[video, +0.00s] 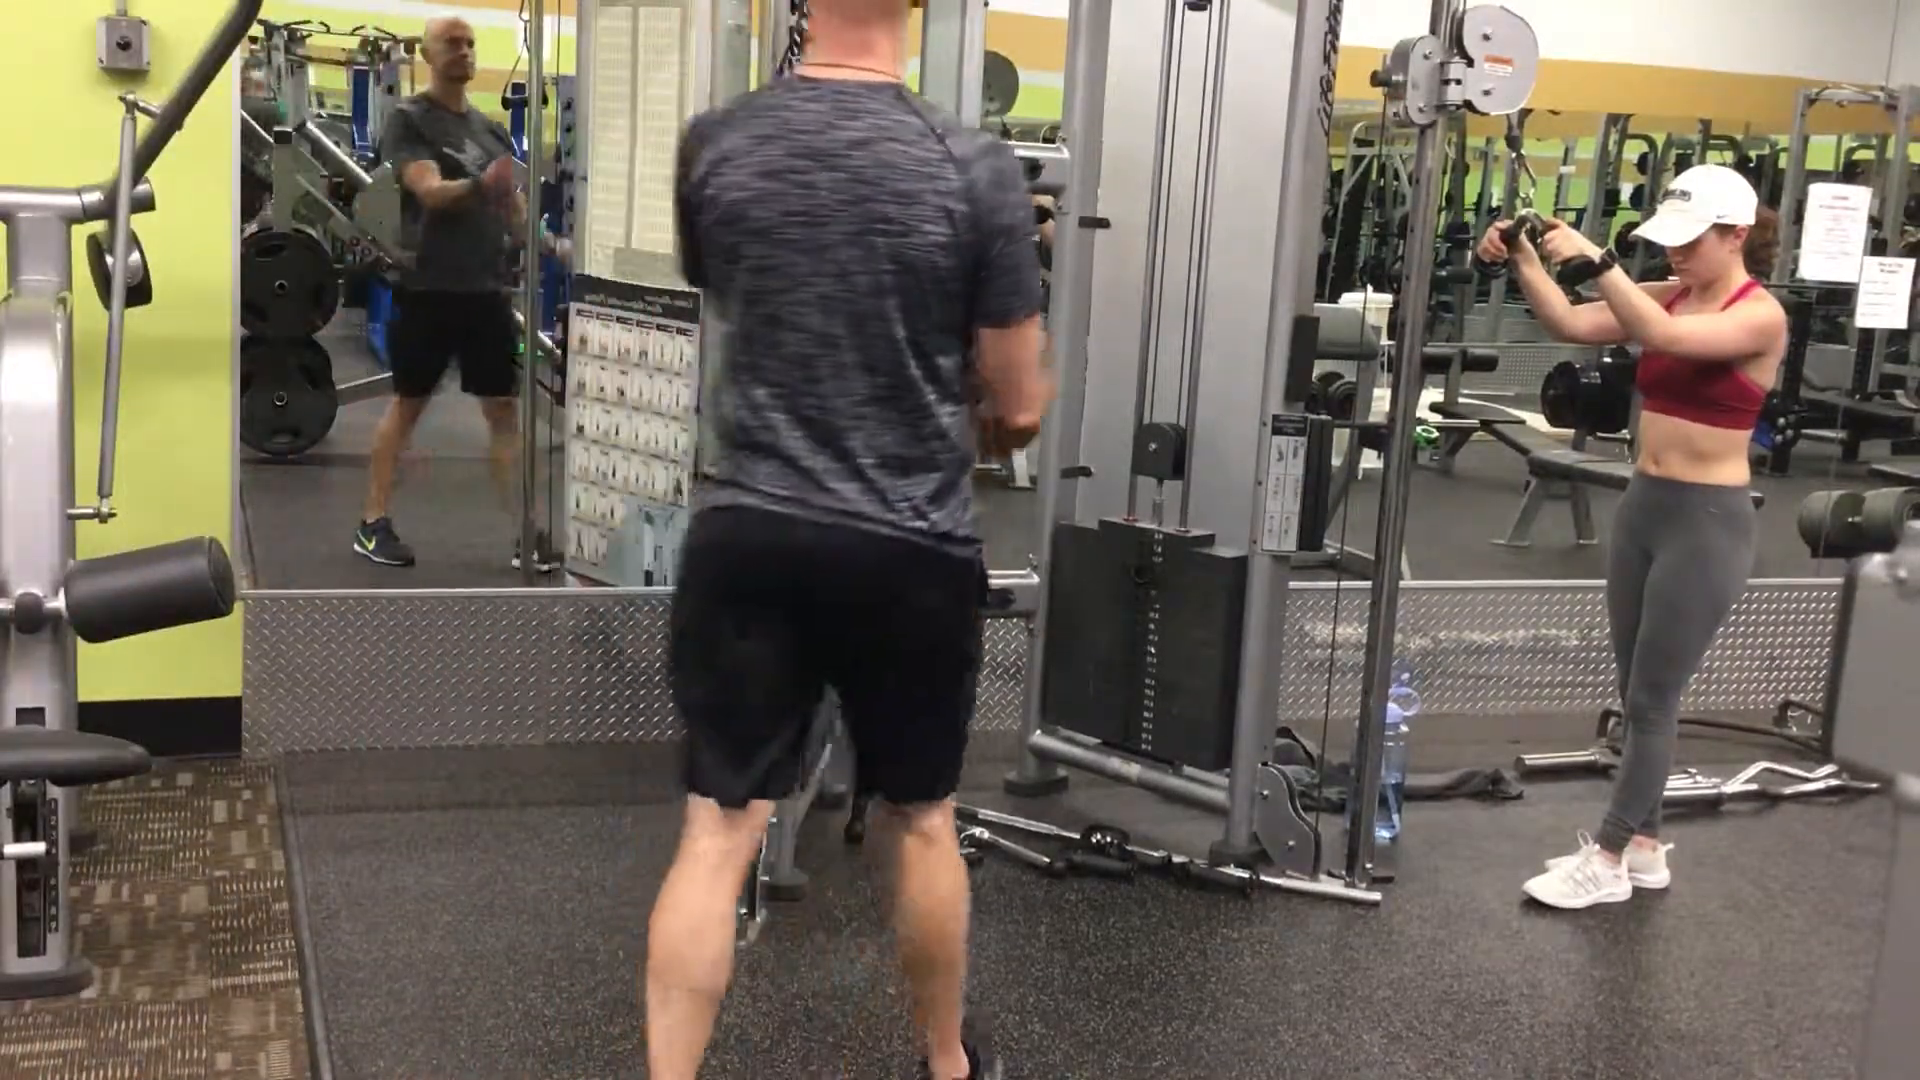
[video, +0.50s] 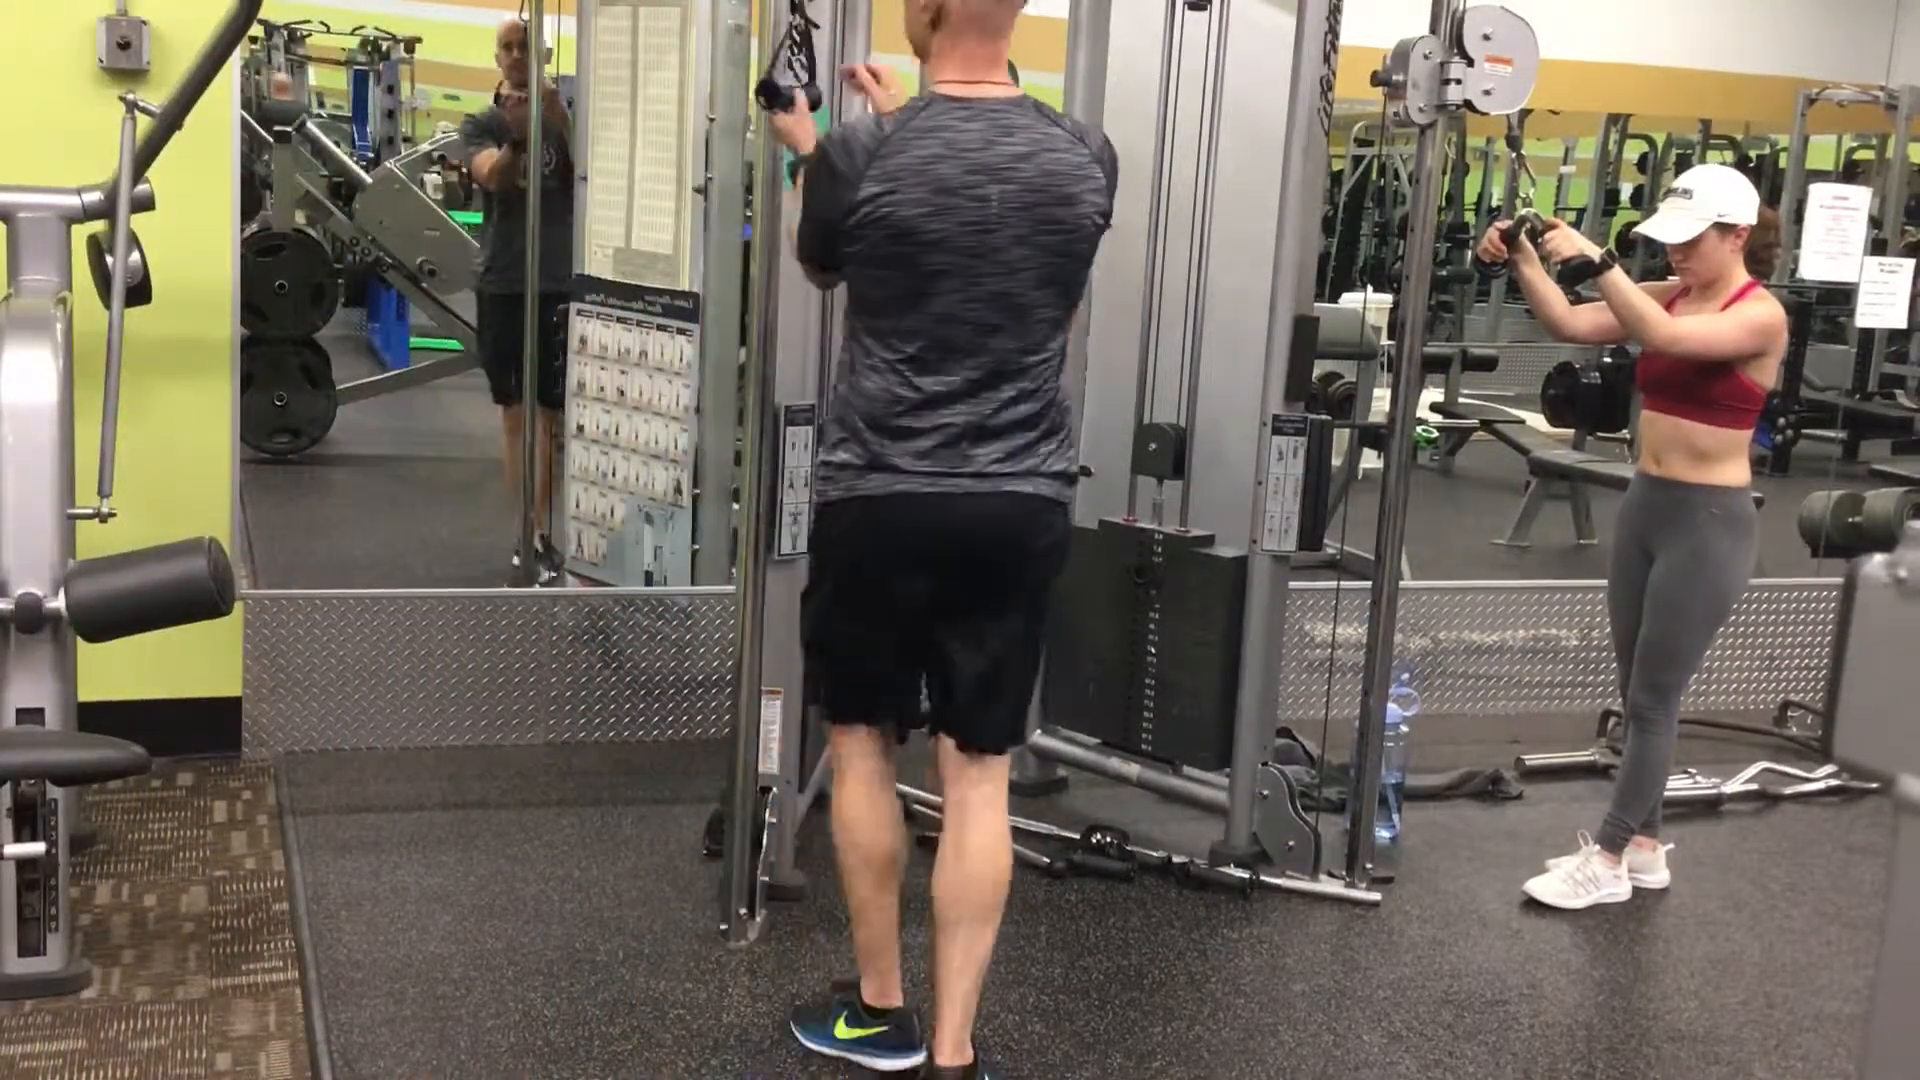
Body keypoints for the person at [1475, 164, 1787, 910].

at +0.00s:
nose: (1672, 254)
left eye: (1686, 240)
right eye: (1668, 241)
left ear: (1735, 236)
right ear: (1670, 240)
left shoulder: (1762, 315)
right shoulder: (1667, 297)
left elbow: (1664, 334)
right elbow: (1572, 322)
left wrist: (1595, 259)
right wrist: (1520, 258)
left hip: (1709, 523)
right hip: (1640, 509)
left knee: (1652, 699)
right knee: (1639, 691)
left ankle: (1606, 858)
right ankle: (1644, 844)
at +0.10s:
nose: (1673, 254)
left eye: (1686, 240)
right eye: (1668, 241)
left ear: (1735, 236)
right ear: (1670, 240)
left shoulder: (1762, 315)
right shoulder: (1667, 297)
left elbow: (1664, 334)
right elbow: (1572, 322)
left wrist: (1595, 259)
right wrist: (1520, 259)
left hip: (1709, 523)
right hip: (1640, 509)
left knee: (1652, 698)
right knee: (1640, 691)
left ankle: (1606, 859)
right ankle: (1645, 844)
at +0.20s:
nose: (1673, 253)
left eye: (1687, 240)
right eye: (1669, 241)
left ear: (1735, 236)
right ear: (1670, 239)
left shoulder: (1762, 315)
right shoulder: (1666, 297)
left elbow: (1664, 334)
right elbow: (1571, 322)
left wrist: (1595, 259)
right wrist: (1519, 260)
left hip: (1709, 523)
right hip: (1641, 509)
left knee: (1652, 699)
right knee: (1639, 691)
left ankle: (1606, 859)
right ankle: (1645, 844)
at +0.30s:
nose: (1673, 254)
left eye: (1687, 241)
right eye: (1669, 242)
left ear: (1736, 236)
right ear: (1670, 241)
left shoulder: (1763, 315)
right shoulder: (1667, 298)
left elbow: (1665, 334)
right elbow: (1570, 321)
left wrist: (1594, 259)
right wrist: (1519, 259)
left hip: (1709, 523)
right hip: (1642, 509)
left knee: (1653, 699)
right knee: (1639, 692)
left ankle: (1606, 858)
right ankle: (1644, 844)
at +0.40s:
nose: (1674, 253)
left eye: (1688, 239)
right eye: (1669, 241)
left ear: (1736, 236)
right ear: (1671, 240)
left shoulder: (1763, 315)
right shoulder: (1667, 297)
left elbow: (1663, 333)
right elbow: (1570, 321)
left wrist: (1595, 259)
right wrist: (1520, 260)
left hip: (1710, 523)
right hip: (1642, 508)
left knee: (1653, 699)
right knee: (1639, 691)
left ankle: (1606, 857)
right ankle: (1644, 844)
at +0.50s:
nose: (1674, 253)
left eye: (1688, 239)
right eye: (1669, 241)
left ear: (1737, 236)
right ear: (1670, 240)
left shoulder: (1763, 315)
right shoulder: (1667, 297)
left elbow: (1664, 334)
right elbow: (1570, 322)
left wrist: (1595, 259)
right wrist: (1520, 260)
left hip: (1710, 524)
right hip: (1642, 509)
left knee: (1653, 699)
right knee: (1640, 692)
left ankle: (1606, 858)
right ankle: (1644, 845)